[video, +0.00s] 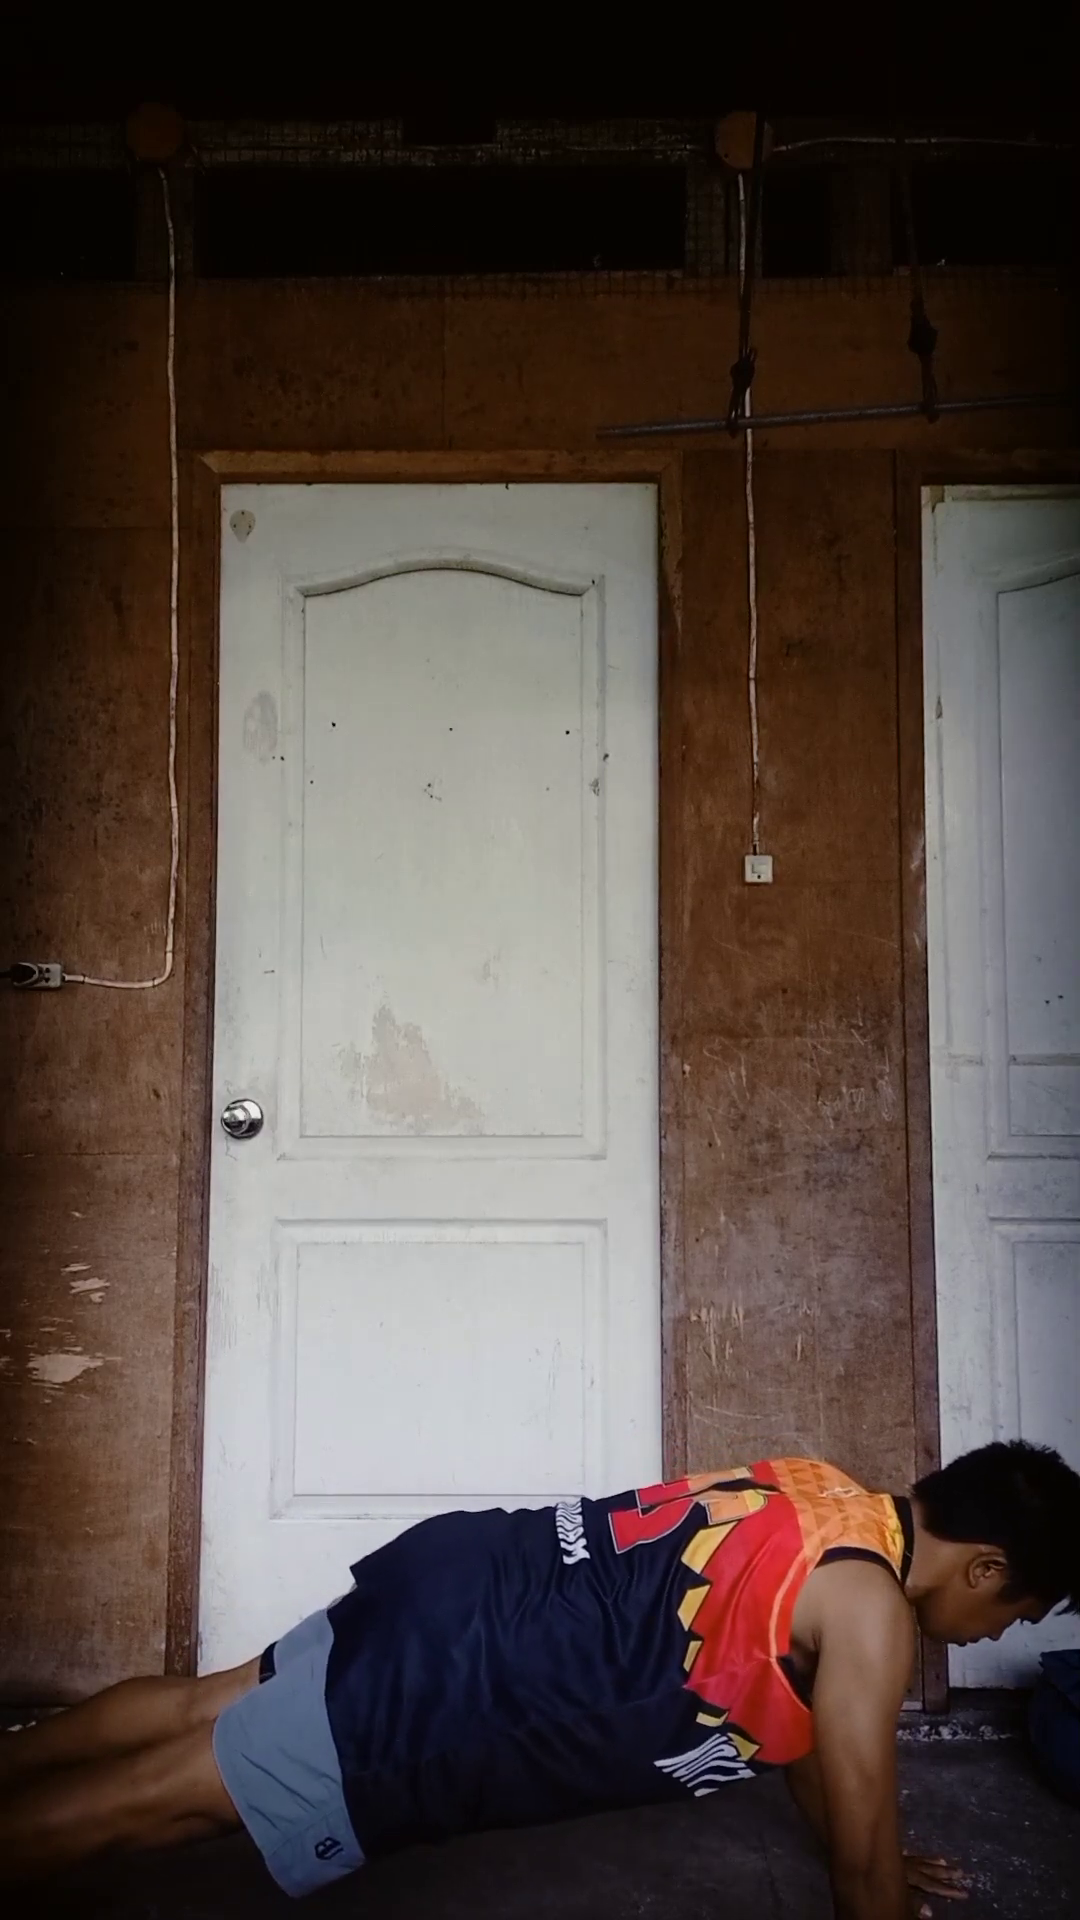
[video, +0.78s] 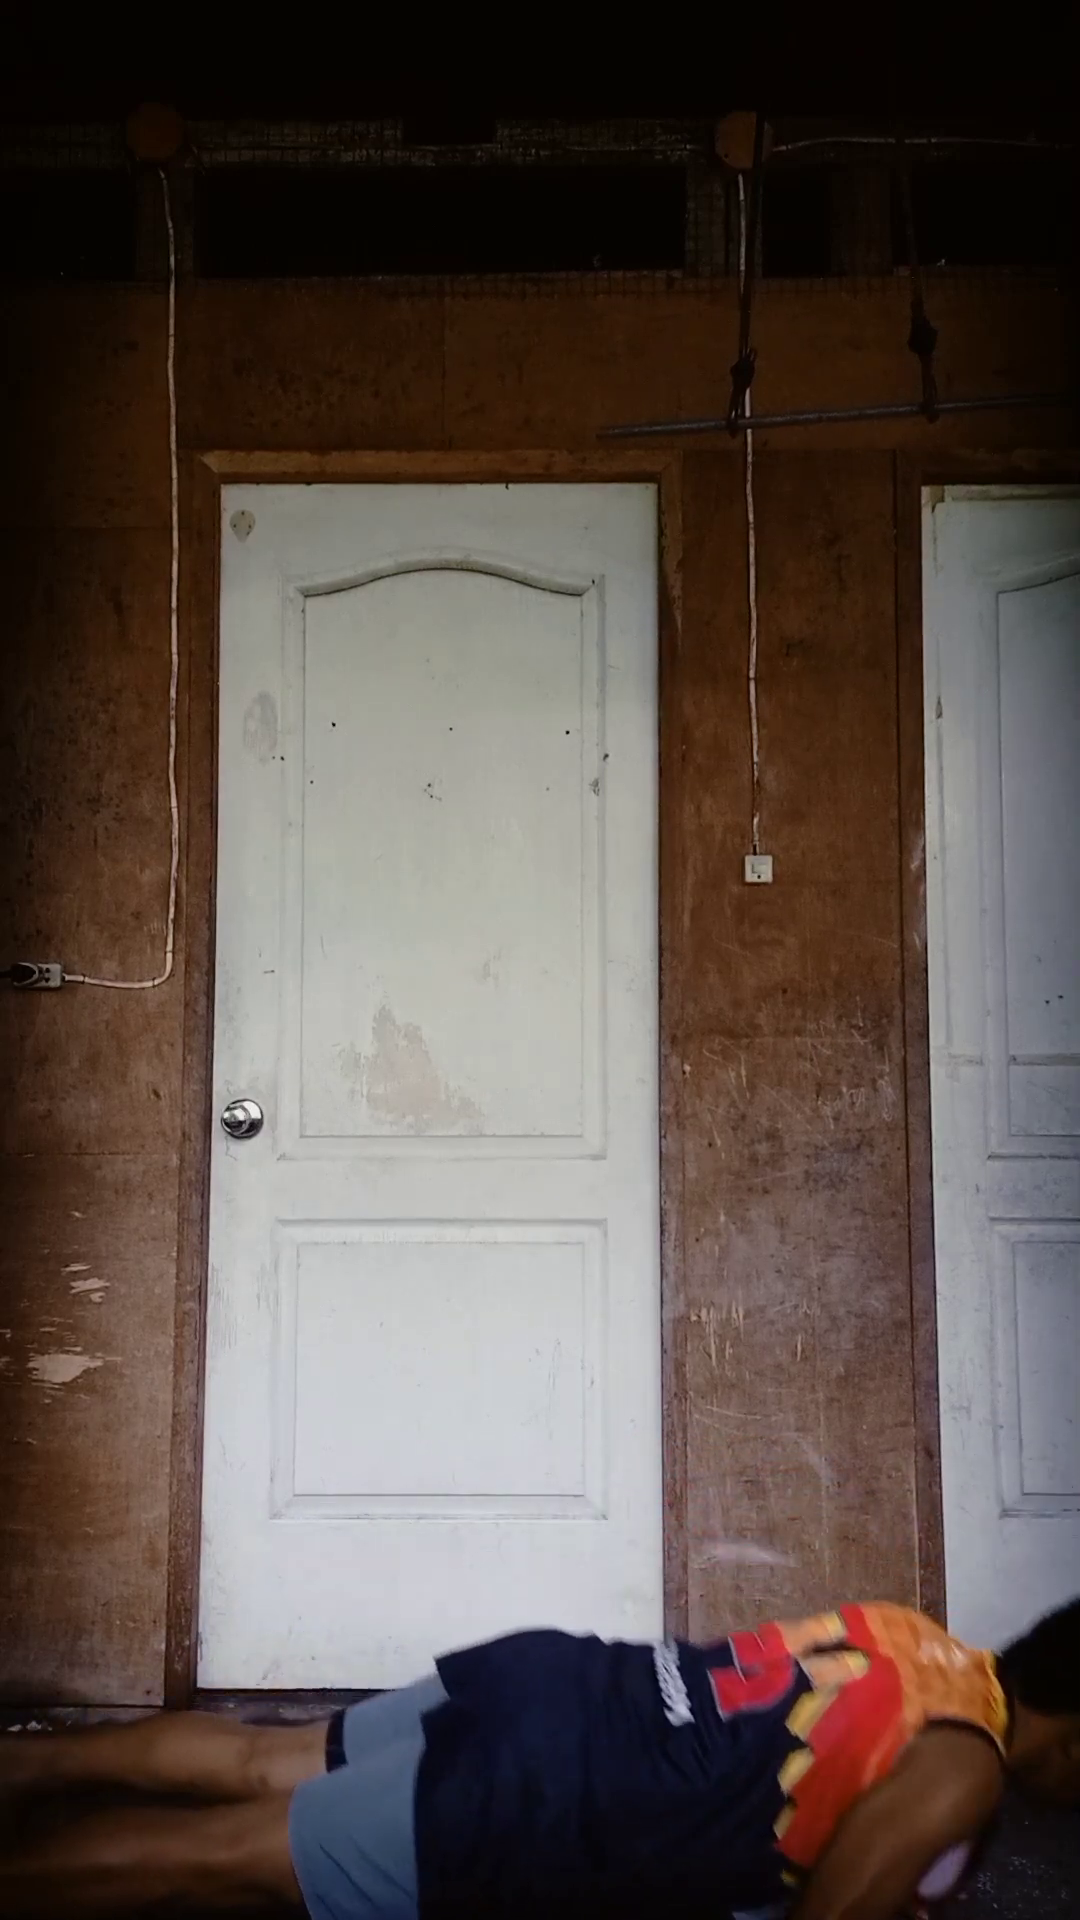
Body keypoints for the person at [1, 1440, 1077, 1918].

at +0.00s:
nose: (996, 1632)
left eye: (1017, 1615)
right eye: (1012, 1610)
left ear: (945, 1497)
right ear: (978, 1563)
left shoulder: (822, 1486)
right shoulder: (866, 1619)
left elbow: (797, 1702)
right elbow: (869, 1874)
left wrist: (874, 1843)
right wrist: (908, 1894)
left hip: (458, 1567)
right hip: (454, 1681)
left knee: (207, 1702)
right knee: (153, 1801)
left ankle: (3, 1764)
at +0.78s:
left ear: (1033, 1645)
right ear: (1075, 1731)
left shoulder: (912, 1630)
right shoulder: (957, 1767)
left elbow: (783, 1744)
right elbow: (828, 1906)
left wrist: (893, 1844)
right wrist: (922, 1874)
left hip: (548, 1675)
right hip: (533, 1805)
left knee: (272, 1758)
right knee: (229, 1862)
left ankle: (23, 1762)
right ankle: (15, 1868)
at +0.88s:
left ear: (1038, 1684)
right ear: (1069, 1762)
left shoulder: (934, 1671)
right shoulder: (979, 1800)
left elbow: (769, 1716)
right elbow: (832, 1898)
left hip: (583, 1701)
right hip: (577, 1826)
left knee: (281, 1771)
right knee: (255, 1867)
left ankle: (26, 1758)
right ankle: (26, 1869)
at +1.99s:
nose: (1062, 1637)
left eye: (1076, 1616)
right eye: (1076, 1611)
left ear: (1005, 1518)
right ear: (1048, 1577)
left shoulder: (875, 1514)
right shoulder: (929, 1633)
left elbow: (804, 1706)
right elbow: (873, 1875)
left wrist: (862, 1841)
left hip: (532, 1617)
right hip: (527, 1737)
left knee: (282, 1720)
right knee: (217, 1824)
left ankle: (30, 1758)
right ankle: (5, 1868)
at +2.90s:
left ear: (1042, 1652)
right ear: (1078, 1729)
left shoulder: (919, 1637)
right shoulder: (966, 1769)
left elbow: (772, 1711)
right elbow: (844, 1900)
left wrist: (910, 1842)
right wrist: (947, 1879)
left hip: (558, 1690)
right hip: (537, 1815)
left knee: (283, 1762)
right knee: (222, 1869)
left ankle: (26, 1759)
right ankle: (20, 1863)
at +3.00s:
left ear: (1033, 1684)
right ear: (1069, 1761)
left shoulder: (935, 1694)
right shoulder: (989, 1819)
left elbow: (764, 1721)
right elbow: (840, 1893)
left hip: (588, 1712)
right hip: (584, 1827)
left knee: (288, 1769)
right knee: (256, 1870)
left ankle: (26, 1754)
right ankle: (23, 1869)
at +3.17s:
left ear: (1024, 1777)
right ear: (1046, 1845)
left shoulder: (944, 1761)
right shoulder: (1002, 1861)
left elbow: (777, 1688)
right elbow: (838, 1904)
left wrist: (864, 1783)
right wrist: (892, 1810)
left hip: (584, 1748)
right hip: (582, 1864)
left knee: (298, 1792)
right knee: (236, 1882)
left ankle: (44, 1753)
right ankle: (35, 1877)